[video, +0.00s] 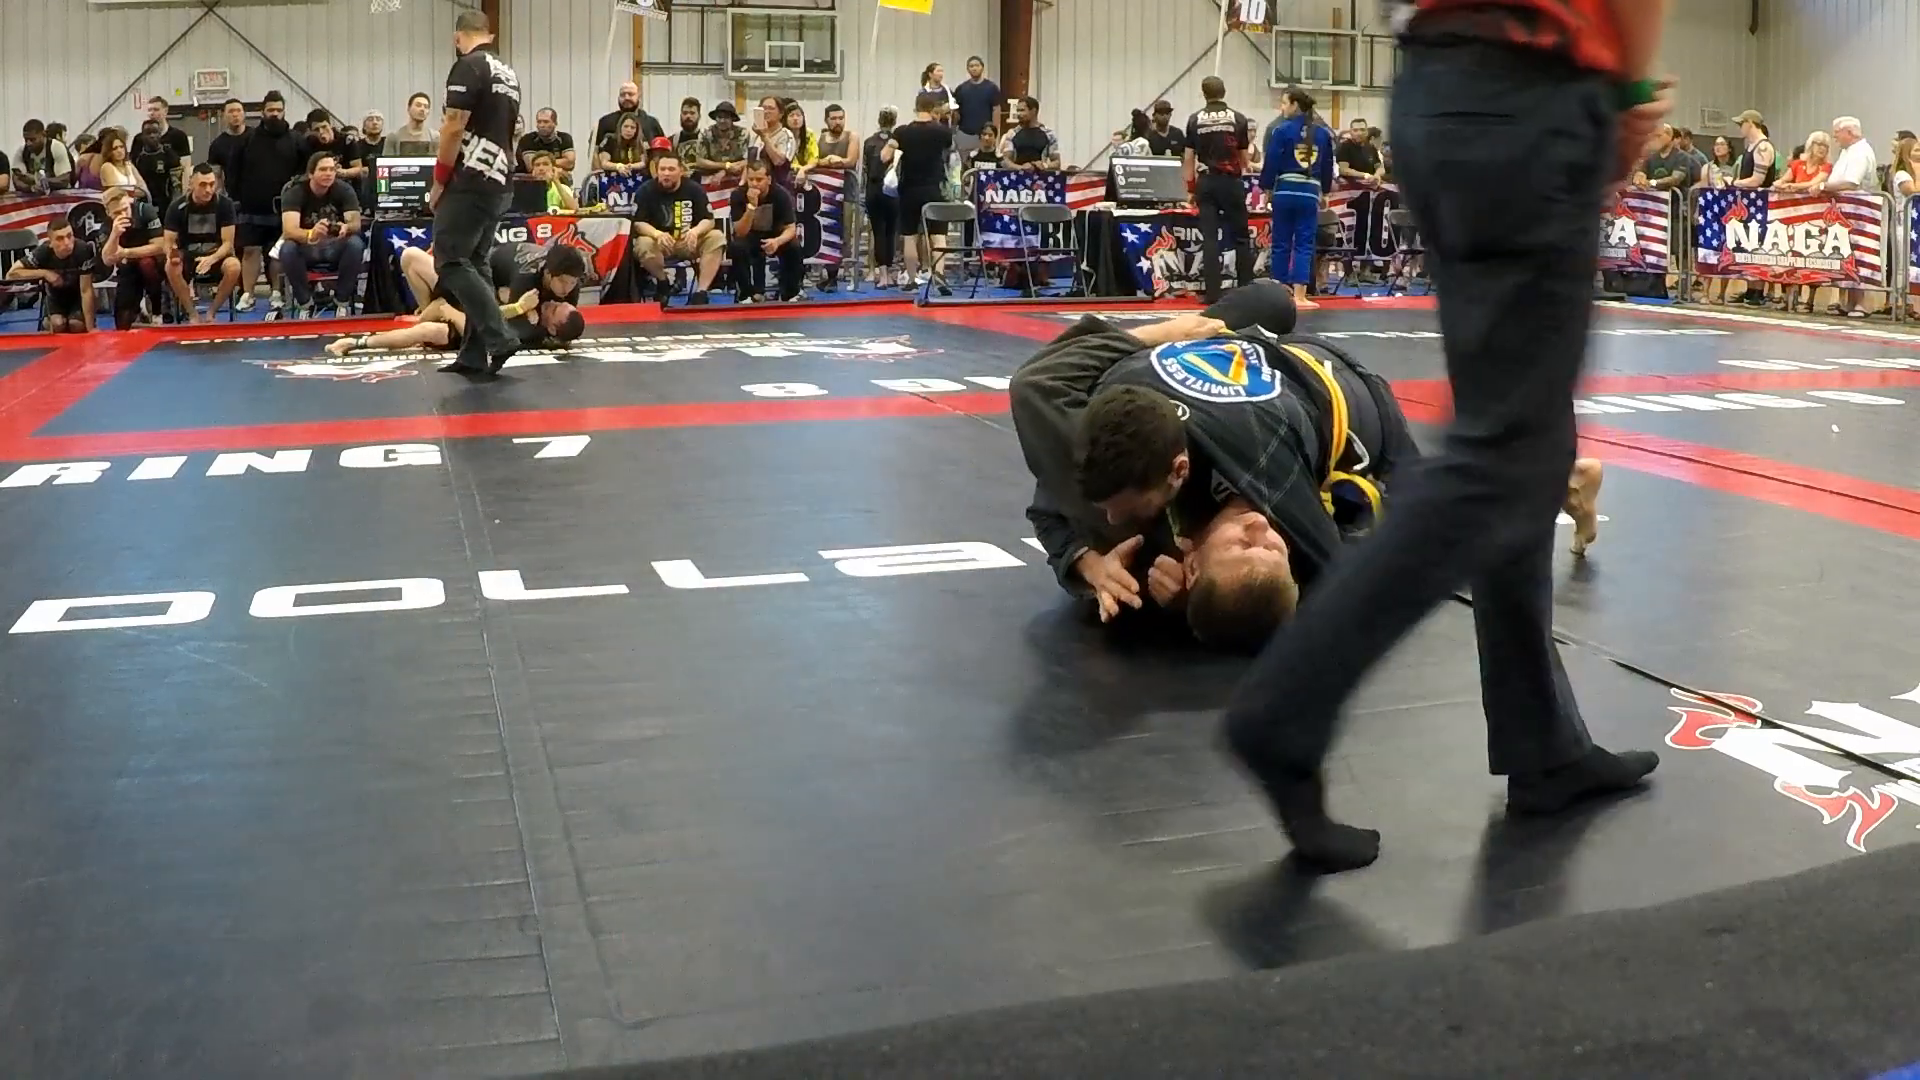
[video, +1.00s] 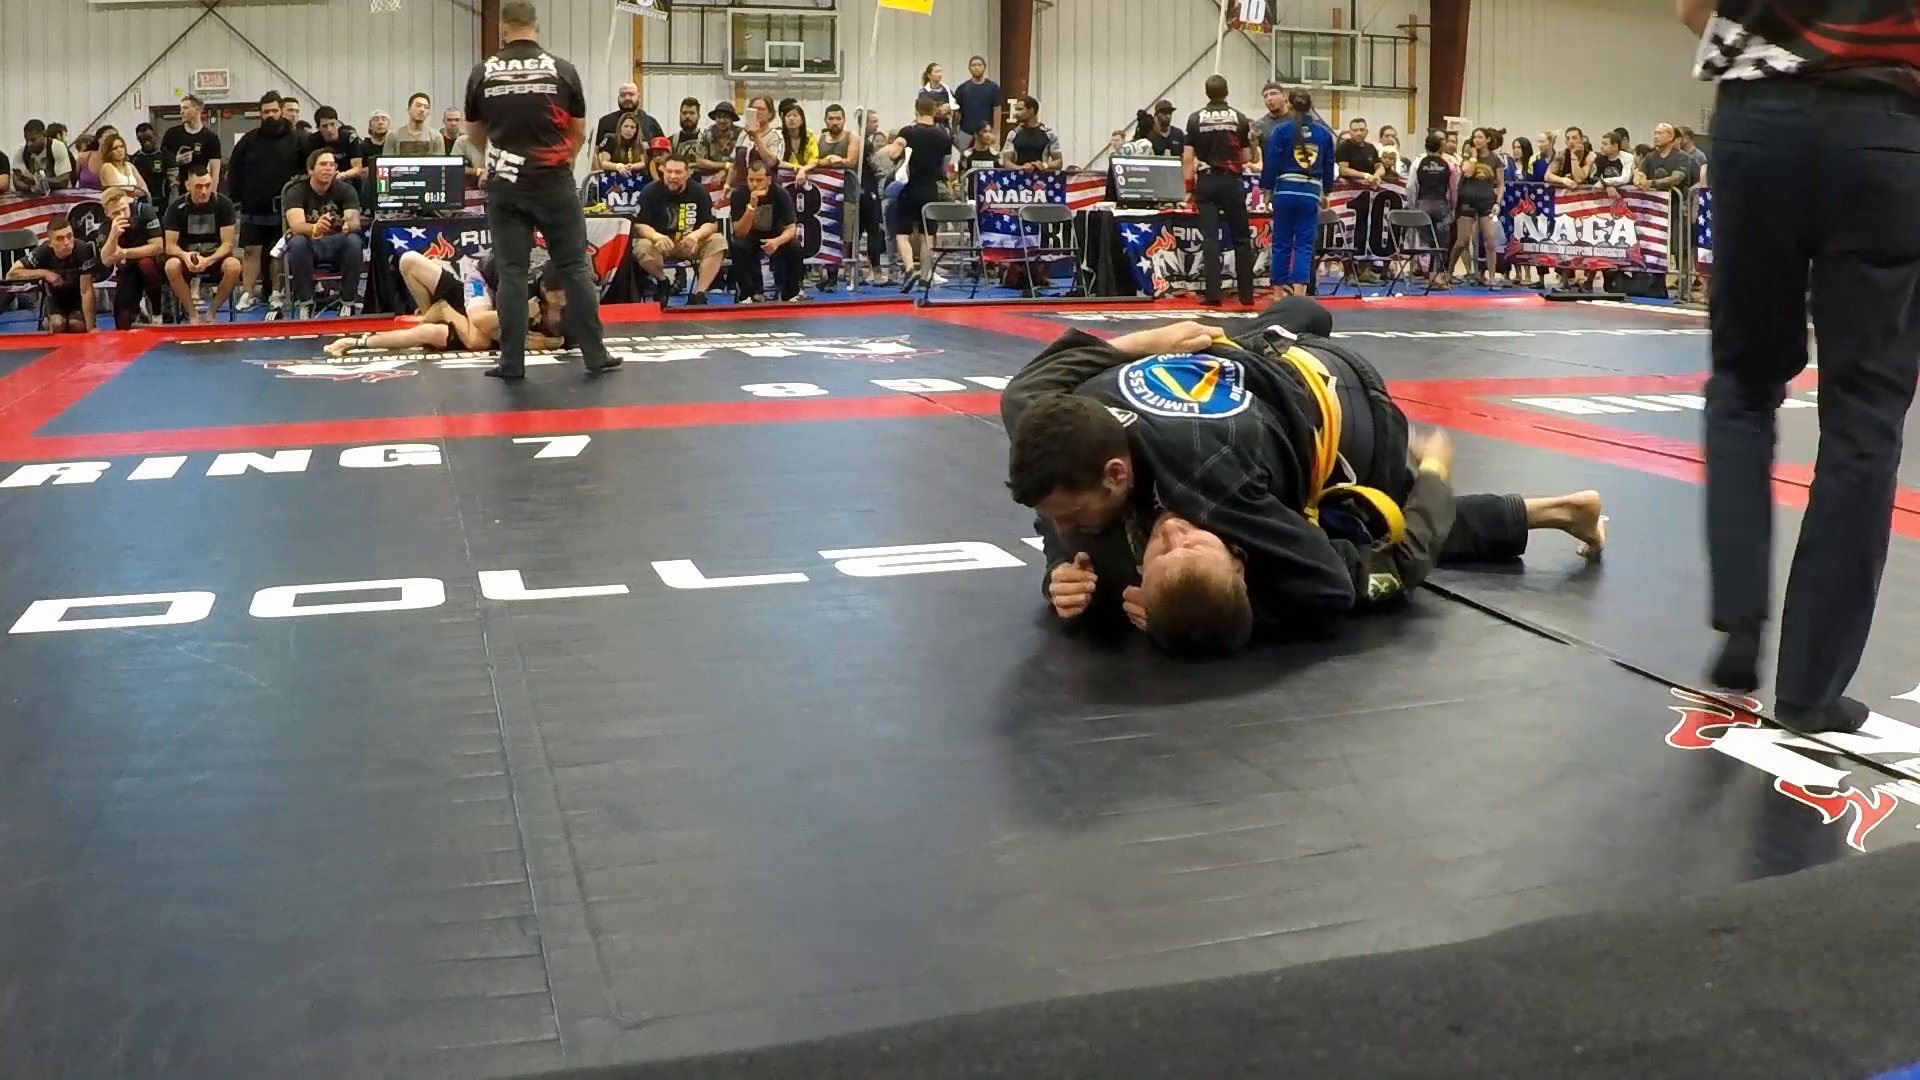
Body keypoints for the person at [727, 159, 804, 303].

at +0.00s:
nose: (755, 184)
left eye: (759, 180)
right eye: (751, 179)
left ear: (768, 180)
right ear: (746, 178)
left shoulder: (781, 195)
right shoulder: (739, 195)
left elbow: (791, 228)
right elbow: (740, 232)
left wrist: (778, 241)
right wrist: (751, 207)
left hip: (776, 236)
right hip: (751, 237)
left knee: (793, 248)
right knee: (737, 247)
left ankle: (789, 295)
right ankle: (746, 295)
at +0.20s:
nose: (755, 184)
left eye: (759, 180)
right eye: (751, 179)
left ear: (768, 179)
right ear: (747, 178)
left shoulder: (781, 194)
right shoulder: (739, 194)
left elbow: (791, 229)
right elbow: (739, 232)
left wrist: (777, 241)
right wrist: (751, 207)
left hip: (776, 236)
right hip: (751, 236)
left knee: (793, 248)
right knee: (738, 247)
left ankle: (789, 295)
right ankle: (745, 295)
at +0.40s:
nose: (755, 183)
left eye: (759, 179)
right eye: (751, 179)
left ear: (768, 179)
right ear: (746, 178)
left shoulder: (781, 194)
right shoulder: (739, 194)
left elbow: (791, 228)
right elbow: (739, 232)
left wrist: (777, 241)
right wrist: (751, 207)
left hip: (776, 236)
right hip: (751, 236)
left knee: (793, 248)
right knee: (738, 247)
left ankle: (789, 295)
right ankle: (746, 295)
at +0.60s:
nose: (755, 184)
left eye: (759, 180)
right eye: (751, 180)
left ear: (769, 180)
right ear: (746, 179)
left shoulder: (780, 194)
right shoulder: (739, 194)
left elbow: (791, 229)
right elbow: (739, 232)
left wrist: (777, 241)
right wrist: (751, 206)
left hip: (776, 236)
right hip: (751, 236)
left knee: (793, 248)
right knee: (738, 247)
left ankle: (789, 295)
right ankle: (745, 295)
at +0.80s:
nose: (755, 184)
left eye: (759, 180)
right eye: (751, 180)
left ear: (769, 180)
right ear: (747, 179)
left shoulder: (781, 194)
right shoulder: (740, 194)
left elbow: (791, 229)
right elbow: (739, 232)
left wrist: (777, 242)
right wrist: (751, 206)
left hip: (776, 235)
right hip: (751, 235)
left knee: (793, 248)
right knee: (738, 247)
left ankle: (789, 295)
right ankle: (749, 295)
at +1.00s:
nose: (755, 184)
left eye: (759, 180)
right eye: (751, 180)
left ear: (768, 180)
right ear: (747, 179)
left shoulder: (780, 194)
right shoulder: (739, 194)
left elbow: (791, 229)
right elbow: (739, 232)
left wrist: (777, 242)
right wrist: (751, 207)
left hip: (776, 236)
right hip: (751, 236)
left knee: (794, 248)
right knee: (739, 248)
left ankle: (790, 295)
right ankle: (748, 295)